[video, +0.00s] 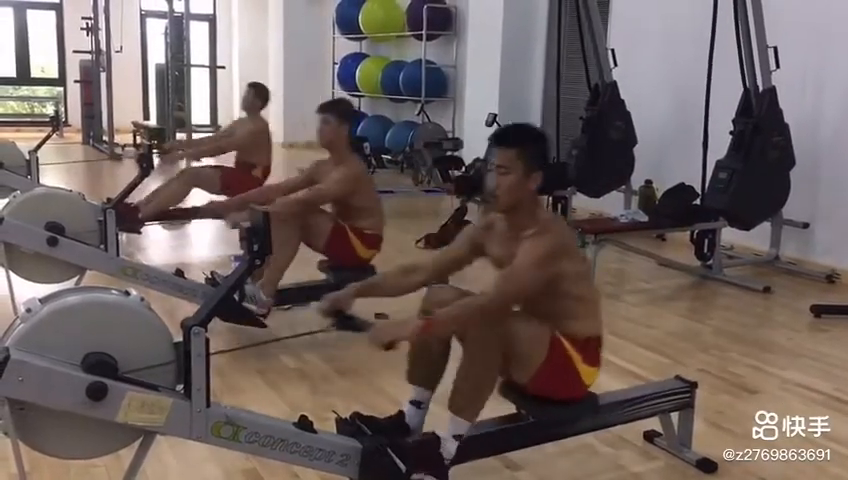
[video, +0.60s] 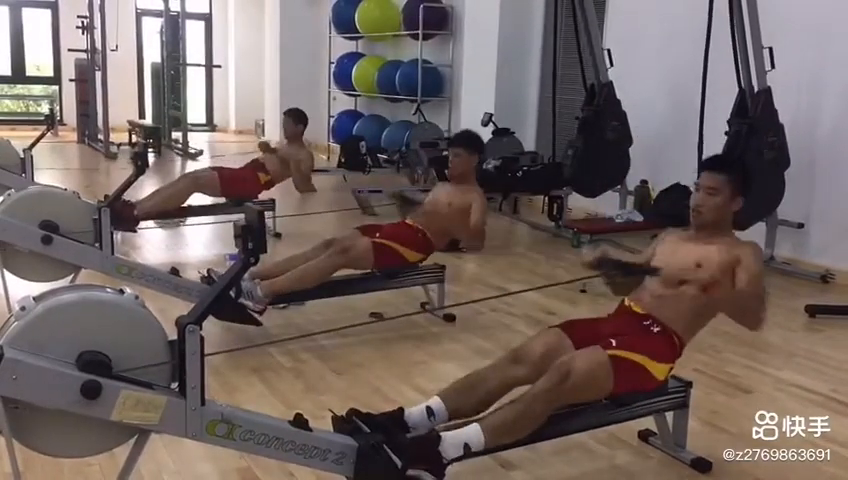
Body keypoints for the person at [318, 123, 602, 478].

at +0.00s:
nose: (491, 181)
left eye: (503, 172)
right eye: (491, 170)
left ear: (534, 181)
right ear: (489, 171)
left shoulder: (548, 239)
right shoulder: (491, 227)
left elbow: (493, 303)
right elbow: (423, 270)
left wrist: (409, 327)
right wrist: (356, 291)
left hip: (571, 361)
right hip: (528, 344)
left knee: (487, 324)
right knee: (437, 300)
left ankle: (445, 450)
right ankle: (410, 423)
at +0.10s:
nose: (535, 174)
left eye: (548, 165)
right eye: (535, 164)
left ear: (577, 174)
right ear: (532, 167)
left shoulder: (591, 231)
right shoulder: (530, 221)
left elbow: (539, 297)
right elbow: (461, 264)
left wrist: (470, 315)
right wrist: (400, 281)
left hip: (597, 357)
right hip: (557, 339)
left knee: (511, 332)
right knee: (460, 312)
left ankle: (444, 450)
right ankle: (411, 422)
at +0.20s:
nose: (586, 166)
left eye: (600, 157)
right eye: (584, 155)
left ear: (627, 166)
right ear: (578, 158)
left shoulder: (637, 226)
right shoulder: (571, 219)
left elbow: (581, 287)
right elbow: (498, 259)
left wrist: (516, 302)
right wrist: (446, 269)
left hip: (623, 349)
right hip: (584, 329)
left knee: (535, 346)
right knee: (484, 322)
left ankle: (443, 452)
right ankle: (412, 423)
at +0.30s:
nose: (636, 165)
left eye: (649, 158)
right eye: (635, 155)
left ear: (675, 168)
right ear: (631, 159)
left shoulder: (678, 228)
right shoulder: (613, 217)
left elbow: (630, 276)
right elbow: (546, 251)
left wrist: (564, 290)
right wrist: (491, 263)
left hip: (643, 346)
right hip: (602, 323)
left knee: (552, 363)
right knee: (501, 340)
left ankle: (446, 450)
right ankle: (411, 423)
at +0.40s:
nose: (674, 178)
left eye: (686, 171)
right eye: (674, 169)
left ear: (713, 182)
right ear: (672, 171)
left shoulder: (717, 237)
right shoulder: (646, 221)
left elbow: (675, 278)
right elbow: (588, 257)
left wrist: (627, 283)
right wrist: (547, 267)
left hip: (652, 343)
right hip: (612, 321)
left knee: (561, 379)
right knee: (520, 353)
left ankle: (441, 453)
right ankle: (408, 423)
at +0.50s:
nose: (689, 189)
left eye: (701, 183)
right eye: (689, 180)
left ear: (727, 193)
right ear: (687, 183)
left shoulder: (733, 241)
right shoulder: (660, 227)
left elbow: (706, 288)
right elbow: (615, 268)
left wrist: (657, 276)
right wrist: (573, 263)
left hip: (654, 344)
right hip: (614, 321)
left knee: (561, 376)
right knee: (523, 357)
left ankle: (442, 450)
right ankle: (407, 424)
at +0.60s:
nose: (699, 198)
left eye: (711, 193)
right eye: (698, 190)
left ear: (735, 204)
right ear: (694, 194)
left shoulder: (743, 251)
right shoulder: (670, 234)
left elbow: (753, 319)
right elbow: (638, 280)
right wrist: (607, 262)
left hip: (653, 343)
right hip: (614, 322)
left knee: (561, 375)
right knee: (524, 356)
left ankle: (439, 453)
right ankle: (401, 423)